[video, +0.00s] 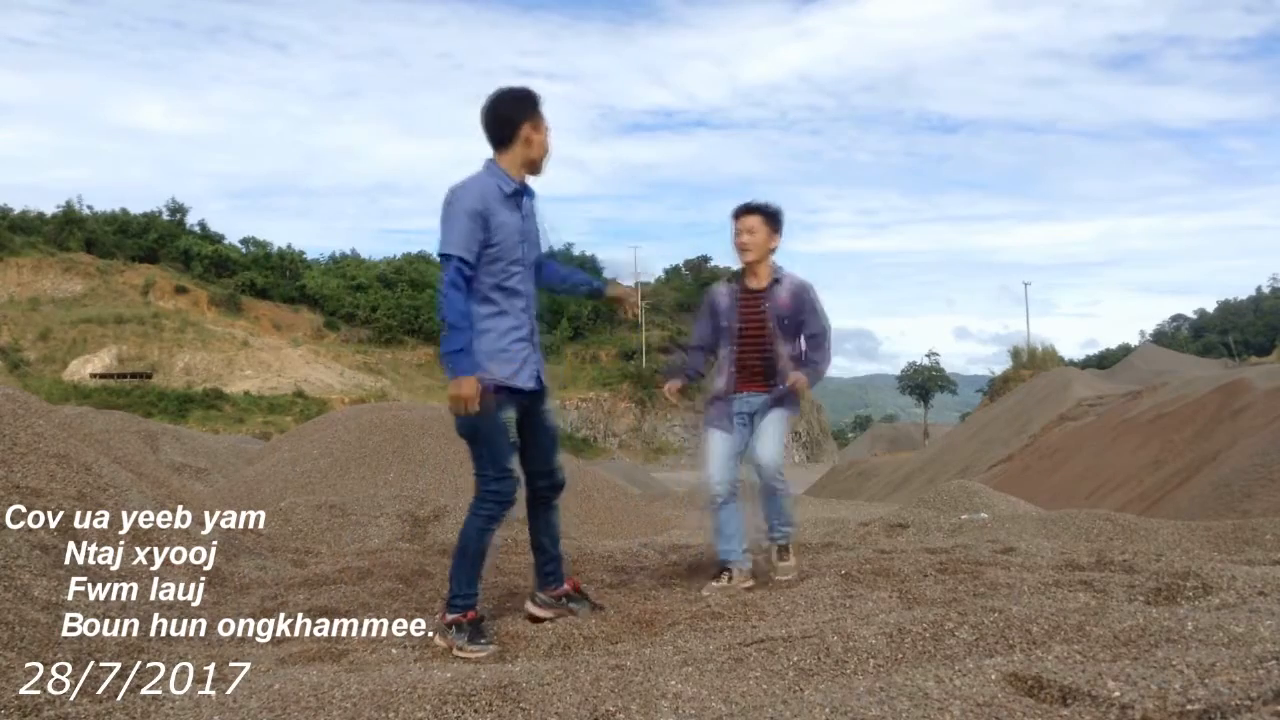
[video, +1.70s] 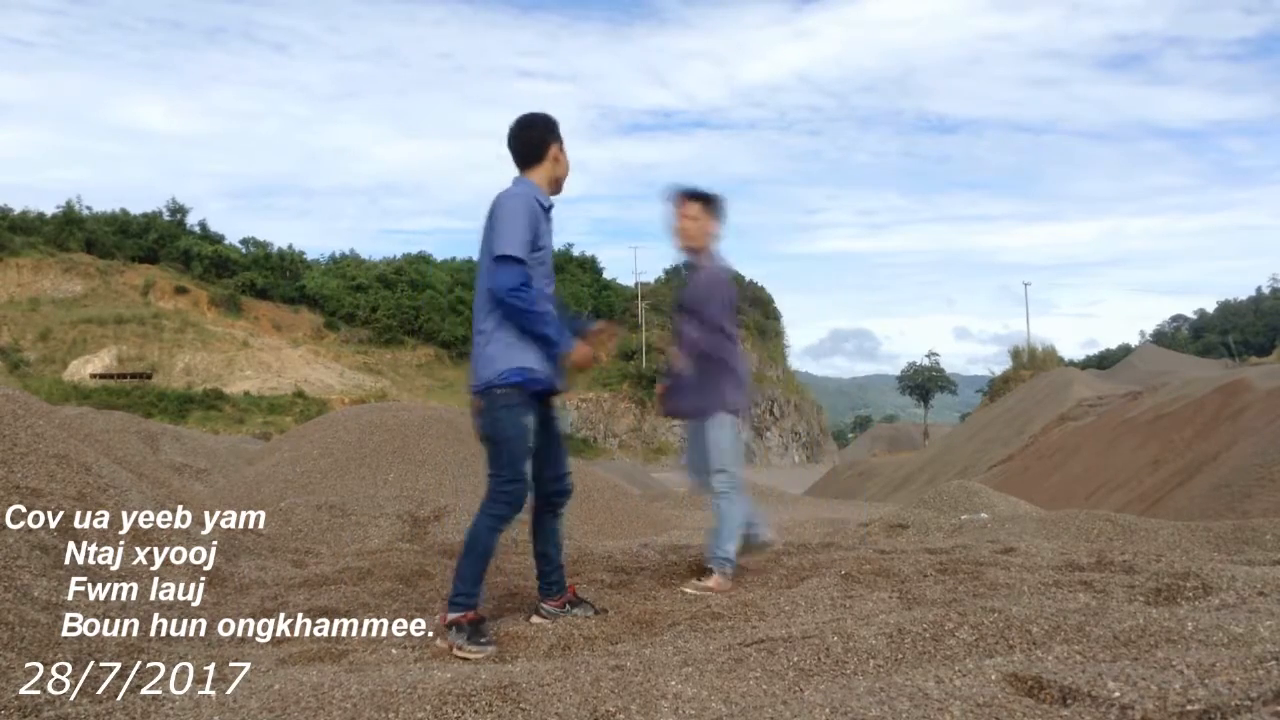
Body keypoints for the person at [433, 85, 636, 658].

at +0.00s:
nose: (549, 139)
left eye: (546, 129)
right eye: (544, 129)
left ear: (518, 135)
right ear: (525, 133)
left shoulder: (524, 201)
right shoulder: (470, 196)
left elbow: (538, 269)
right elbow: (453, 285)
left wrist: (605, 288)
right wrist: (460, 368)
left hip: (527, 372)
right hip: (484, 375)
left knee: (545, 481)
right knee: (496, 489)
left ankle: (550, 590)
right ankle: (460, 611)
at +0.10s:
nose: (542, 134)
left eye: (539, 123)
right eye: (537, 124)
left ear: (507, 130)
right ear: (519, 128)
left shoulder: (515, 196)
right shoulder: (464, 193)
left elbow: (509, 286)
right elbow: (444, 283)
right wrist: (437, 363)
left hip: (519, 370)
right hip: (473, 372)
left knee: (538, 479)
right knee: (488, 486)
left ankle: (540, 588)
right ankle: (458, 612)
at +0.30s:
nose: (538, 128)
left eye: (534, 117)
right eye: (533, 117)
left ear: (504, 125)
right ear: (517, 122)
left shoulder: (508, 194)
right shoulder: (462, 186)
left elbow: (480, 278)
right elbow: (429, 267)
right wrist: (427, 350)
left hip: (511, 367)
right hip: (465, 367)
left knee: (526, 476)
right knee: (474, 485)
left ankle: (500, 583)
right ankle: (453, 612)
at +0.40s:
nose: (535, 125)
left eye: (530, 115)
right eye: (530, 115)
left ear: (498, 123)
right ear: (515, 120)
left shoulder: (503, 188)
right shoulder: (462, 183)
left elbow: (446, 263)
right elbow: (433, 267)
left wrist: (408, 323)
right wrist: (434, 355)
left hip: (506, 366)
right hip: (464, 368)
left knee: (524, 473)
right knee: (471, 483)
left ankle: (486, 576)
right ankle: (447, 612)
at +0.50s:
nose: (531, 129)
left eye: (527, 117)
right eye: (527, 118)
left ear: (492, 126)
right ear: (513, 123)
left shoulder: (499, 192)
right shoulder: (459, 187)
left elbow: (485, 283)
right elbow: (437, 278)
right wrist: (446, 365)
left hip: (501, 370)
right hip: (463, 372)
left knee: (519, 476)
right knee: (472, 485)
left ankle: (481, 579)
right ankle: (447, 618)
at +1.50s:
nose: (550, 153)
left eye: (546, 143)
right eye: (546, 143)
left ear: (511, 151)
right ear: (534, 147)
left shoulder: (521, 207)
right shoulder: (499, 202)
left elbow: (518, 295)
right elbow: (485, 289)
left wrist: (539, 370)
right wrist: (494, 369)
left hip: (537, 380)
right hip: (510, 381)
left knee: (553, 488)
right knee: (501, 493)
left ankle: (553, 594)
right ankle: (452, 613)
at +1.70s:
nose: (569, 161)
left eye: (566, 151)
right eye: (566, 150)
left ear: (526, 155)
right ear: (554, 152)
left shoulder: (533, 211)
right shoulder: (515, 202)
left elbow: (537, 298)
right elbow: (508, 286)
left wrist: (585, 326)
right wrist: (562, 344)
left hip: (532, 377)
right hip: (505, 375)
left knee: (552, 488)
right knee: (507, 492)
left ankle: (554, 596)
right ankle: (459, 614)